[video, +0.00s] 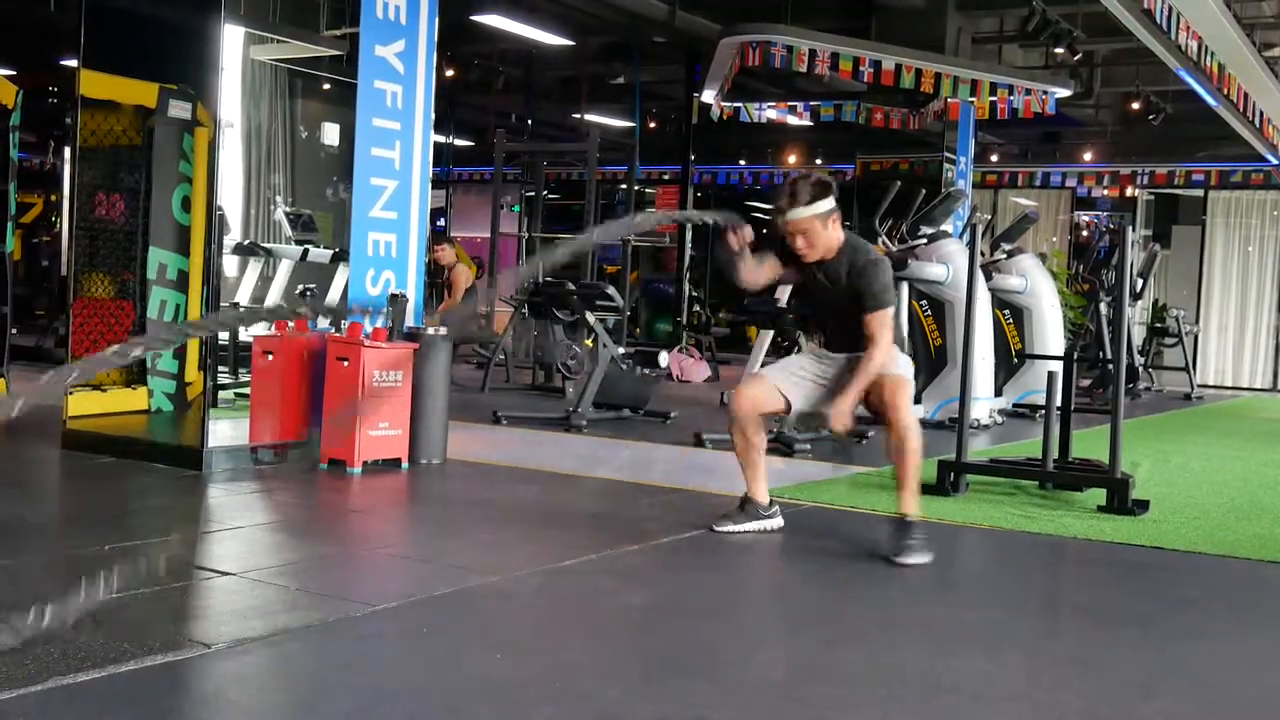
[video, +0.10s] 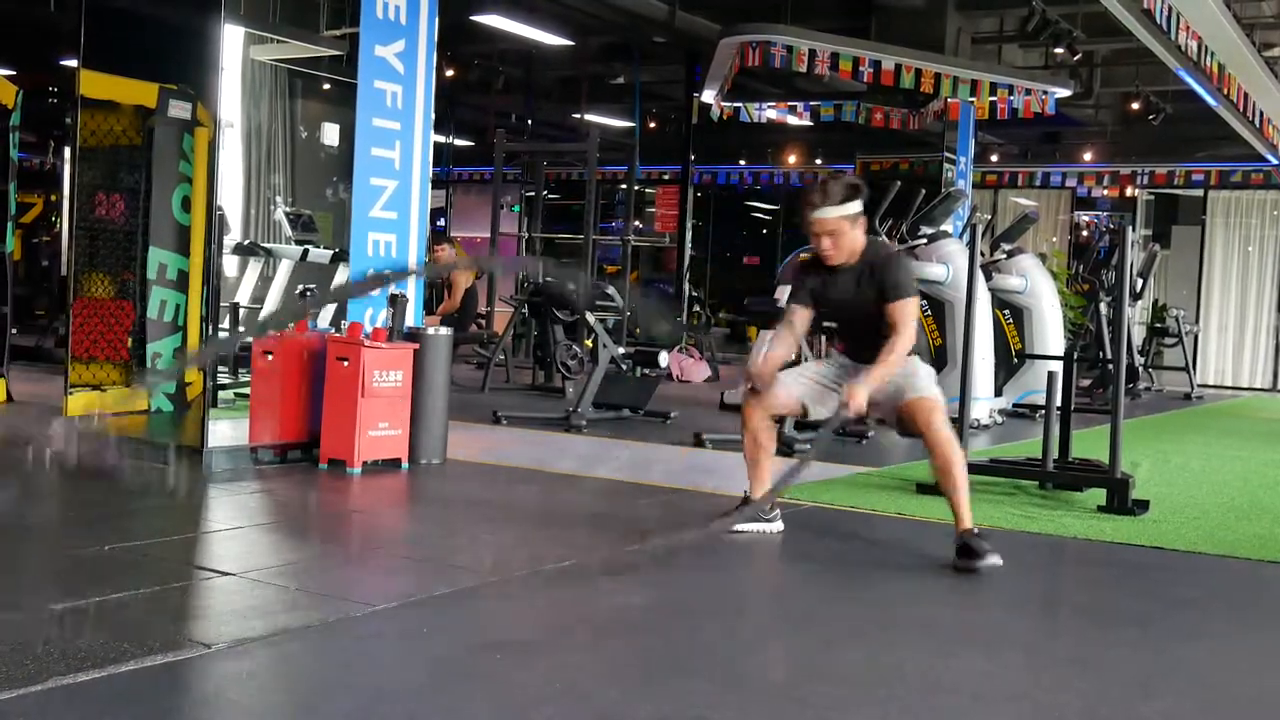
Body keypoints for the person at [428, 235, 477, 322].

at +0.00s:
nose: (439, 255)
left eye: (443, 250)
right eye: (436, 251)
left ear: (453, 250)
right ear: (433, 255)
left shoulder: (459, 270)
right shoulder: (448, 271)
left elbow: (455, 301)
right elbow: (447, 300)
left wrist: (437, 315)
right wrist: (436, 317)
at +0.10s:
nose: (438, 255)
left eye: (442, 250)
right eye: (435, 251)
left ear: (453, 252)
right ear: (432, 254)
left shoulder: (459, 271)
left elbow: (454, 303)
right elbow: (447, 299)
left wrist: (437, 315)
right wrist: (437, 315)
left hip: (460, 322)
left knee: (419, 321)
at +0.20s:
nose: (439, 255)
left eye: (442, 250)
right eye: (435, 252)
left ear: (453, 251)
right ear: (433, 255)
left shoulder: (459, 270)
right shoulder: (448, 271)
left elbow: (454, 303)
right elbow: (447, 300)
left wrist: (437, 315)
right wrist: (437, 316)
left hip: (460, 322)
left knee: (419, 321)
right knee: (419, 319)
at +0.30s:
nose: (438, 255)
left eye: (442, 250)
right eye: (435, 252)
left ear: (453, 251)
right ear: (432, 255)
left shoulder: (458, 270)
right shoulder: (448, 271)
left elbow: (454, 303)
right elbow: (446, 300)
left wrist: (437, 316)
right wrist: (436, 317)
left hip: (460, 322)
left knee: (419, 322)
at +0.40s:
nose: (437, 255)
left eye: (441, 251)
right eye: (434, 252)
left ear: (451, 250)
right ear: (431, 255)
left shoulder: (458, 271)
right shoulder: (446, 272)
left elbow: (452, 306)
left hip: (459, 323)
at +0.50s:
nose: (436, 255)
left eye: (440, 251)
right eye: (433, 252)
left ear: (451, 250)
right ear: (430, 255)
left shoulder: (457, 272)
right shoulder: (445, 273)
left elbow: (452, 306)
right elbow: (444, 303)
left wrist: (435, 317)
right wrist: (435, 317)